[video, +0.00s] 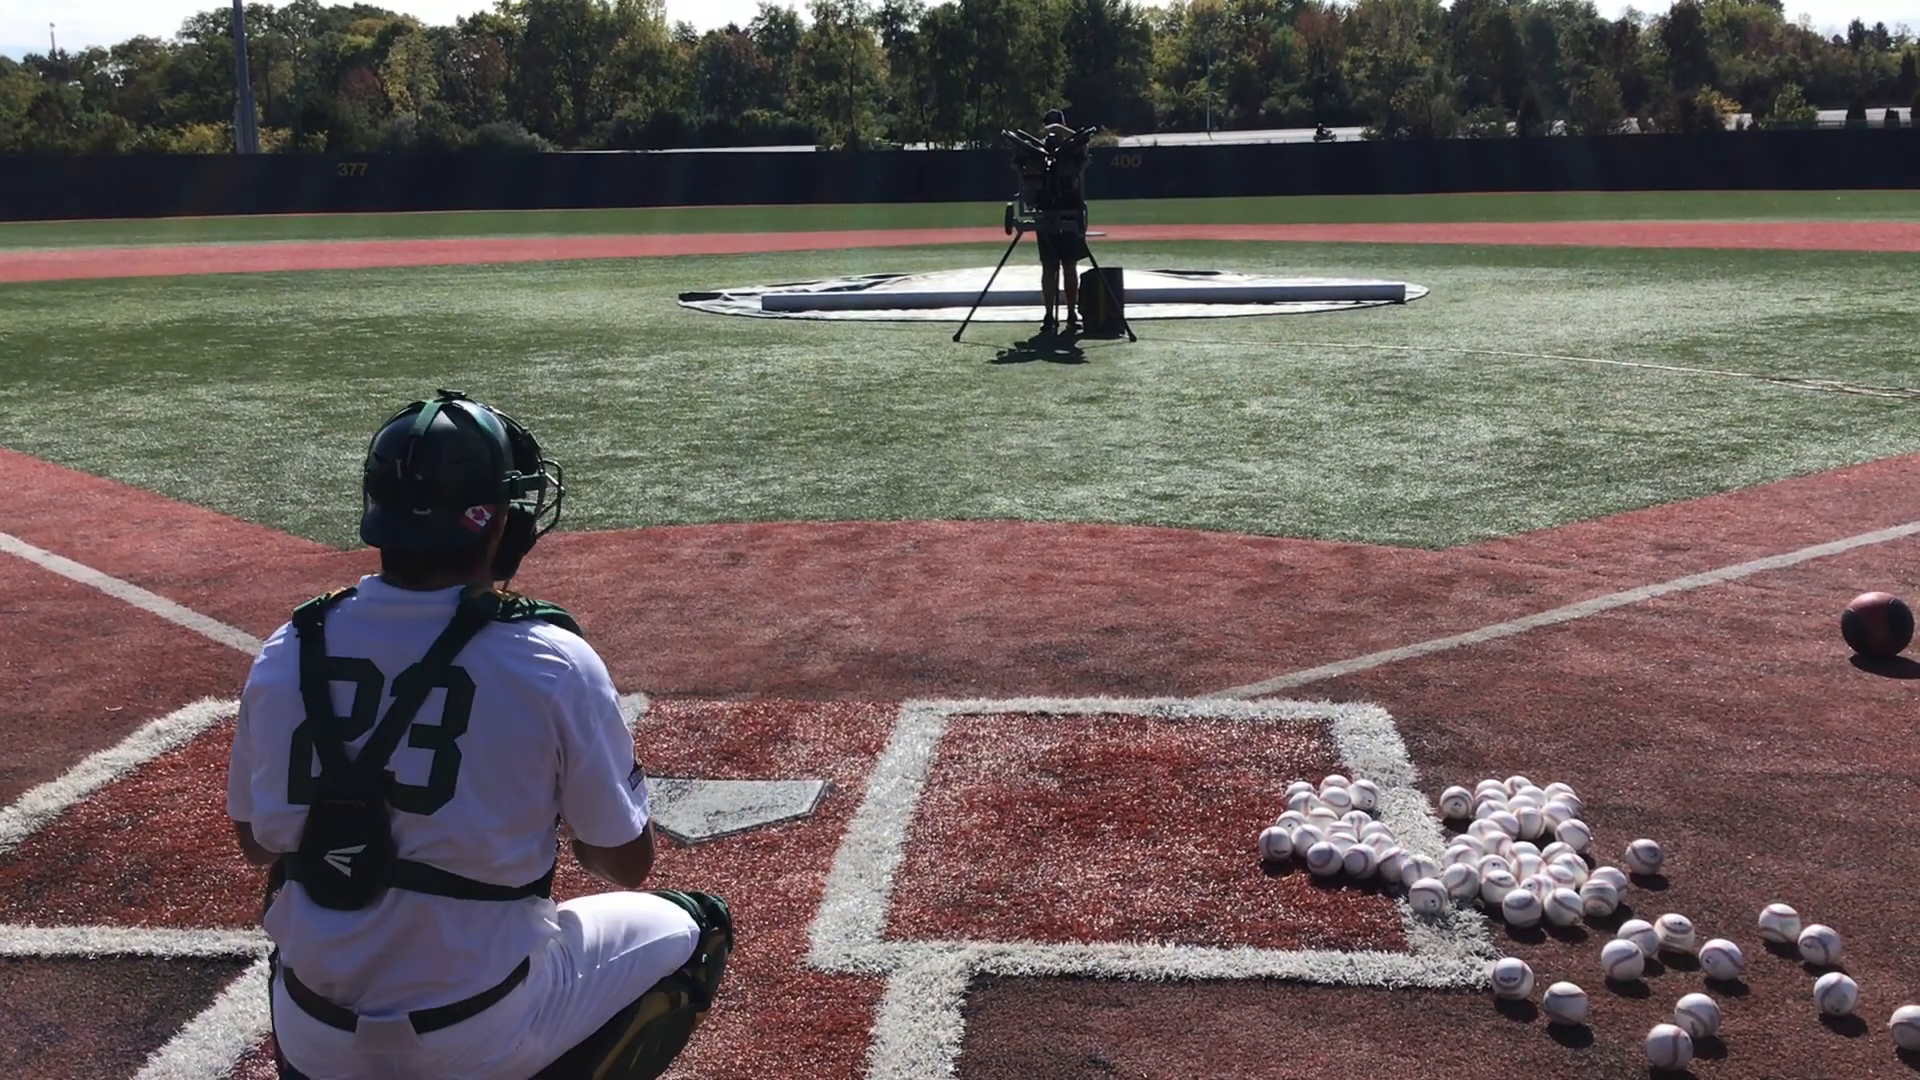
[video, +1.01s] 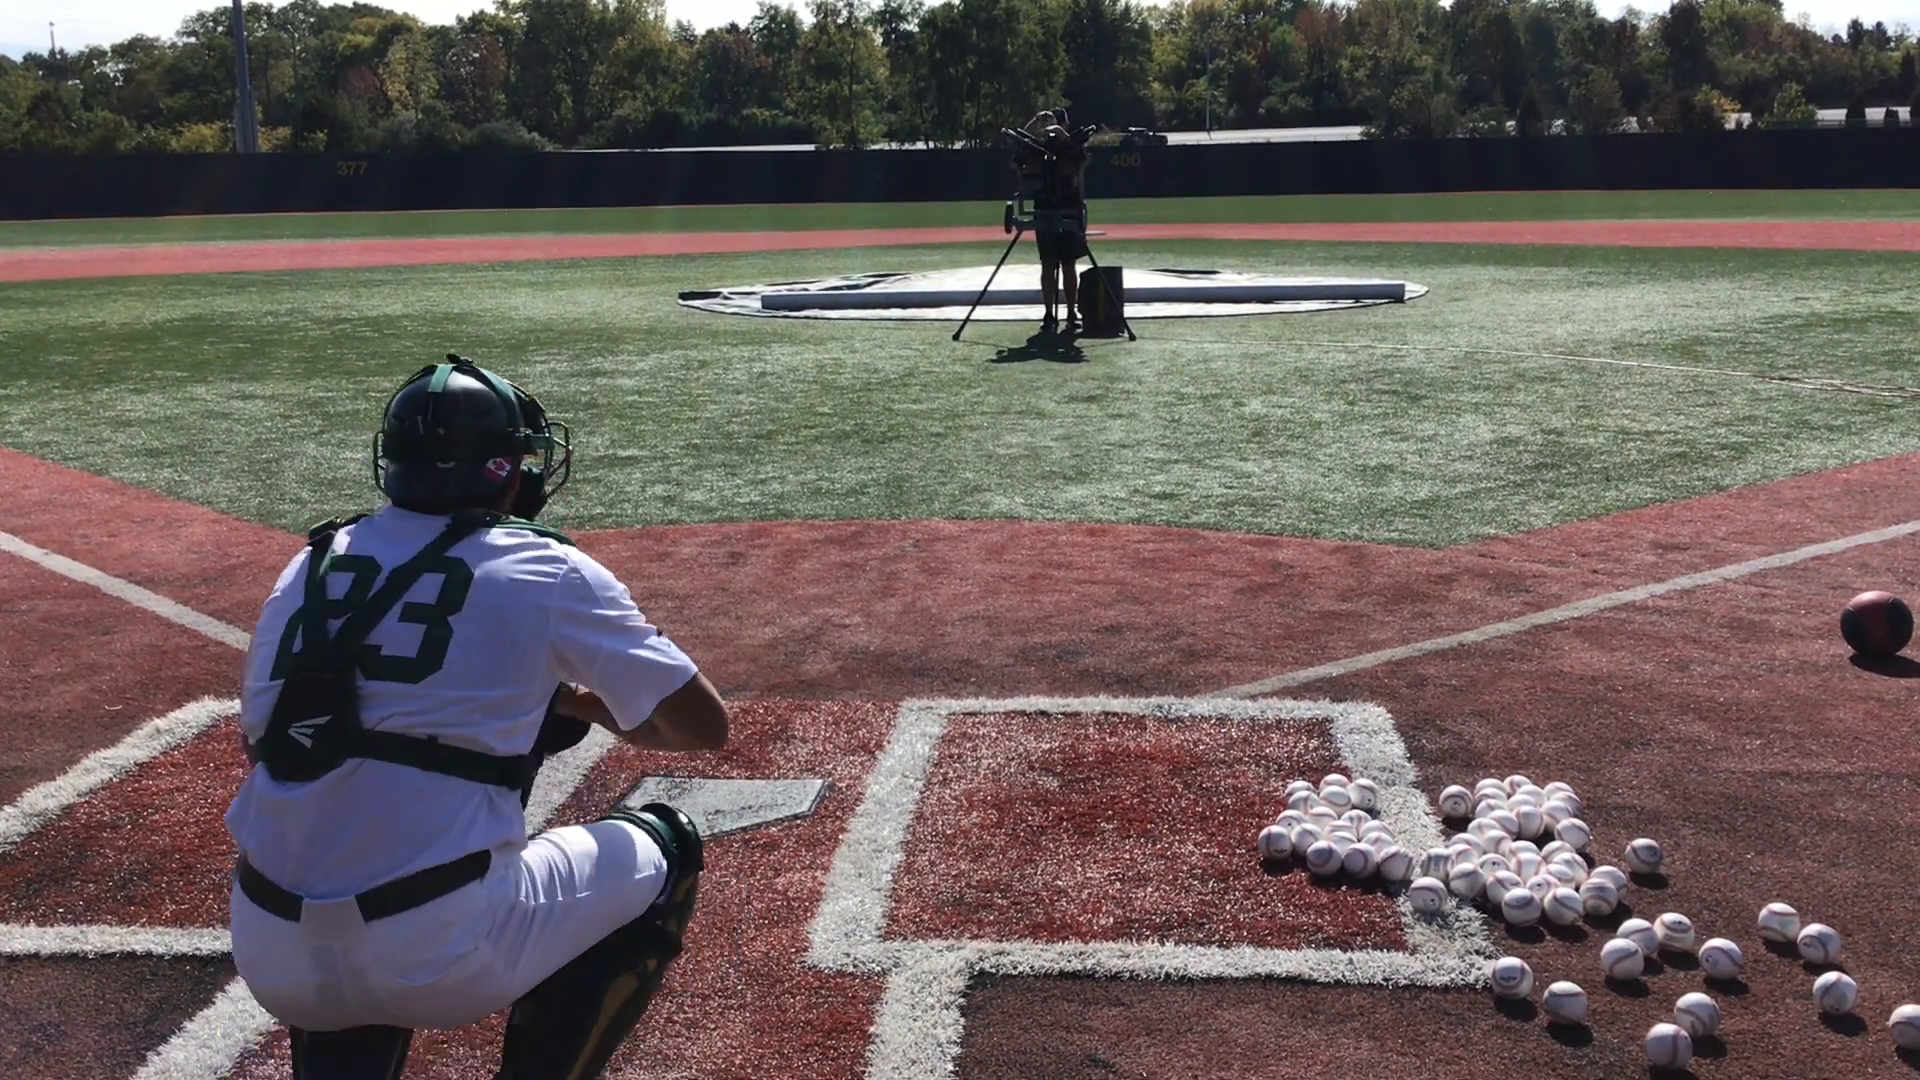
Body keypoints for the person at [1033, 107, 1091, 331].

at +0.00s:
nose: (1053, 134)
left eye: (1057, 130)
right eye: (1049, 130)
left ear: (1064, 130)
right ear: (1044, 130)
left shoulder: (1074, 150)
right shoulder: (1039, 151)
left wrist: (1064, 135)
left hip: (1070, 214)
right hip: (1045, 215)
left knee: (1070, 268)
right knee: (1050, 269)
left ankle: (1072, 314)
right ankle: (1049, 315)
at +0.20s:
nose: (1052, 132)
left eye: (1056, 128)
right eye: (1049, 128)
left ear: (1063, 128)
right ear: (1045, 128)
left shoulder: (1075, 148)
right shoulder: (1040, 149)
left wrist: (1065, 135)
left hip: (1070, 214)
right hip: (1046, 215)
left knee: (1069, 268)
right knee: (1049, 269)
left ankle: (1071, 314)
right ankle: (1049, 315)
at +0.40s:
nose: (1053, 132)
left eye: (1057, 128)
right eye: (1050, 128)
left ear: (1063, 128)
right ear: (1044, 130)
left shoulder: (1074, 149)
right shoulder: (1038, 150)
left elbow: (1082, 152)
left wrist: (1064, 134)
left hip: (1070, 213)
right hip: (1045, 214)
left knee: (1069, 267)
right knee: (1049, 269)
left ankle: (1071, 314)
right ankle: (1049, 315)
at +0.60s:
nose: (1054, 132)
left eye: (1057, 127)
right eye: (1051, 128)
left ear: (1065, 128)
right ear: (1046, 129)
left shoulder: (1073, 149)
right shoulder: (1039, 150)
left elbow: (1081, 158)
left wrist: (1066, 135)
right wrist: (1028, 145)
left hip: (1070, 213)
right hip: (1045, 214)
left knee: (1069, 267)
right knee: (1048, 268)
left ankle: (1072, 314)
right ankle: (1049, 315)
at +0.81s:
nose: (1055, 131)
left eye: (1058, 126)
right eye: (1052, 127)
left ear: (1062, 127)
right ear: (1045, 128)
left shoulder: (1072, 148)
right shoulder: (1038, 149)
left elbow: (1082, 158)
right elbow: (1019, 156)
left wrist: (1063, 134)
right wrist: (1032, 128)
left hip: (1069, 213)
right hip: (1044, 214)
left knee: (1068, 268)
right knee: (1048, 269)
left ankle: (1071, 314)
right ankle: (1049, 315)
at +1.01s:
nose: (1053, 132)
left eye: (1057, 128)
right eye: (1050, 129)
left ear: (1066, 127)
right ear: (1046, 131)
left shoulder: (1073, 148)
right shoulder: (1038, 150)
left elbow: (1079, 155)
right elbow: (1018, 147)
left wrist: (1061, 132)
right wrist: (1034, 123)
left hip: (1069, 213)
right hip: (1045, 213)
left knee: (1069, 267)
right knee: (1048, 268)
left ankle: (1071, 313)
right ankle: (1049, 314)